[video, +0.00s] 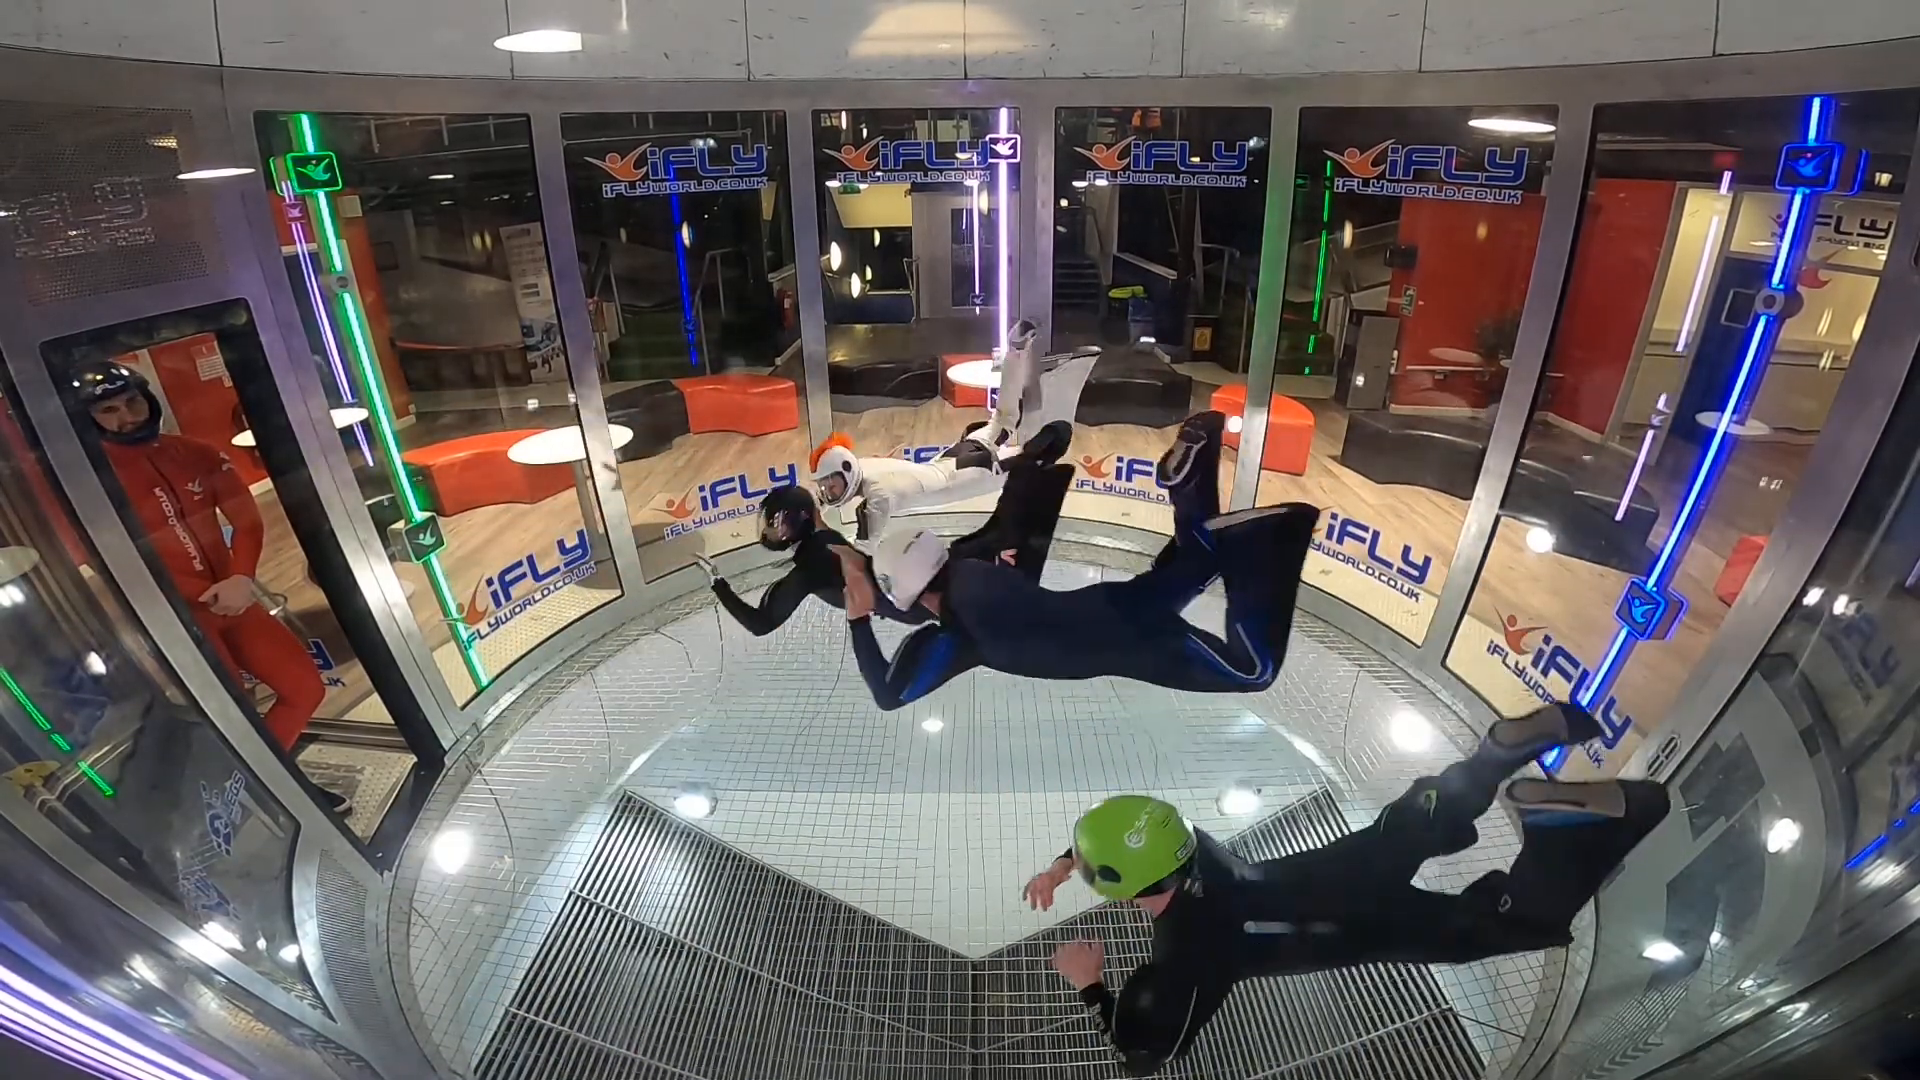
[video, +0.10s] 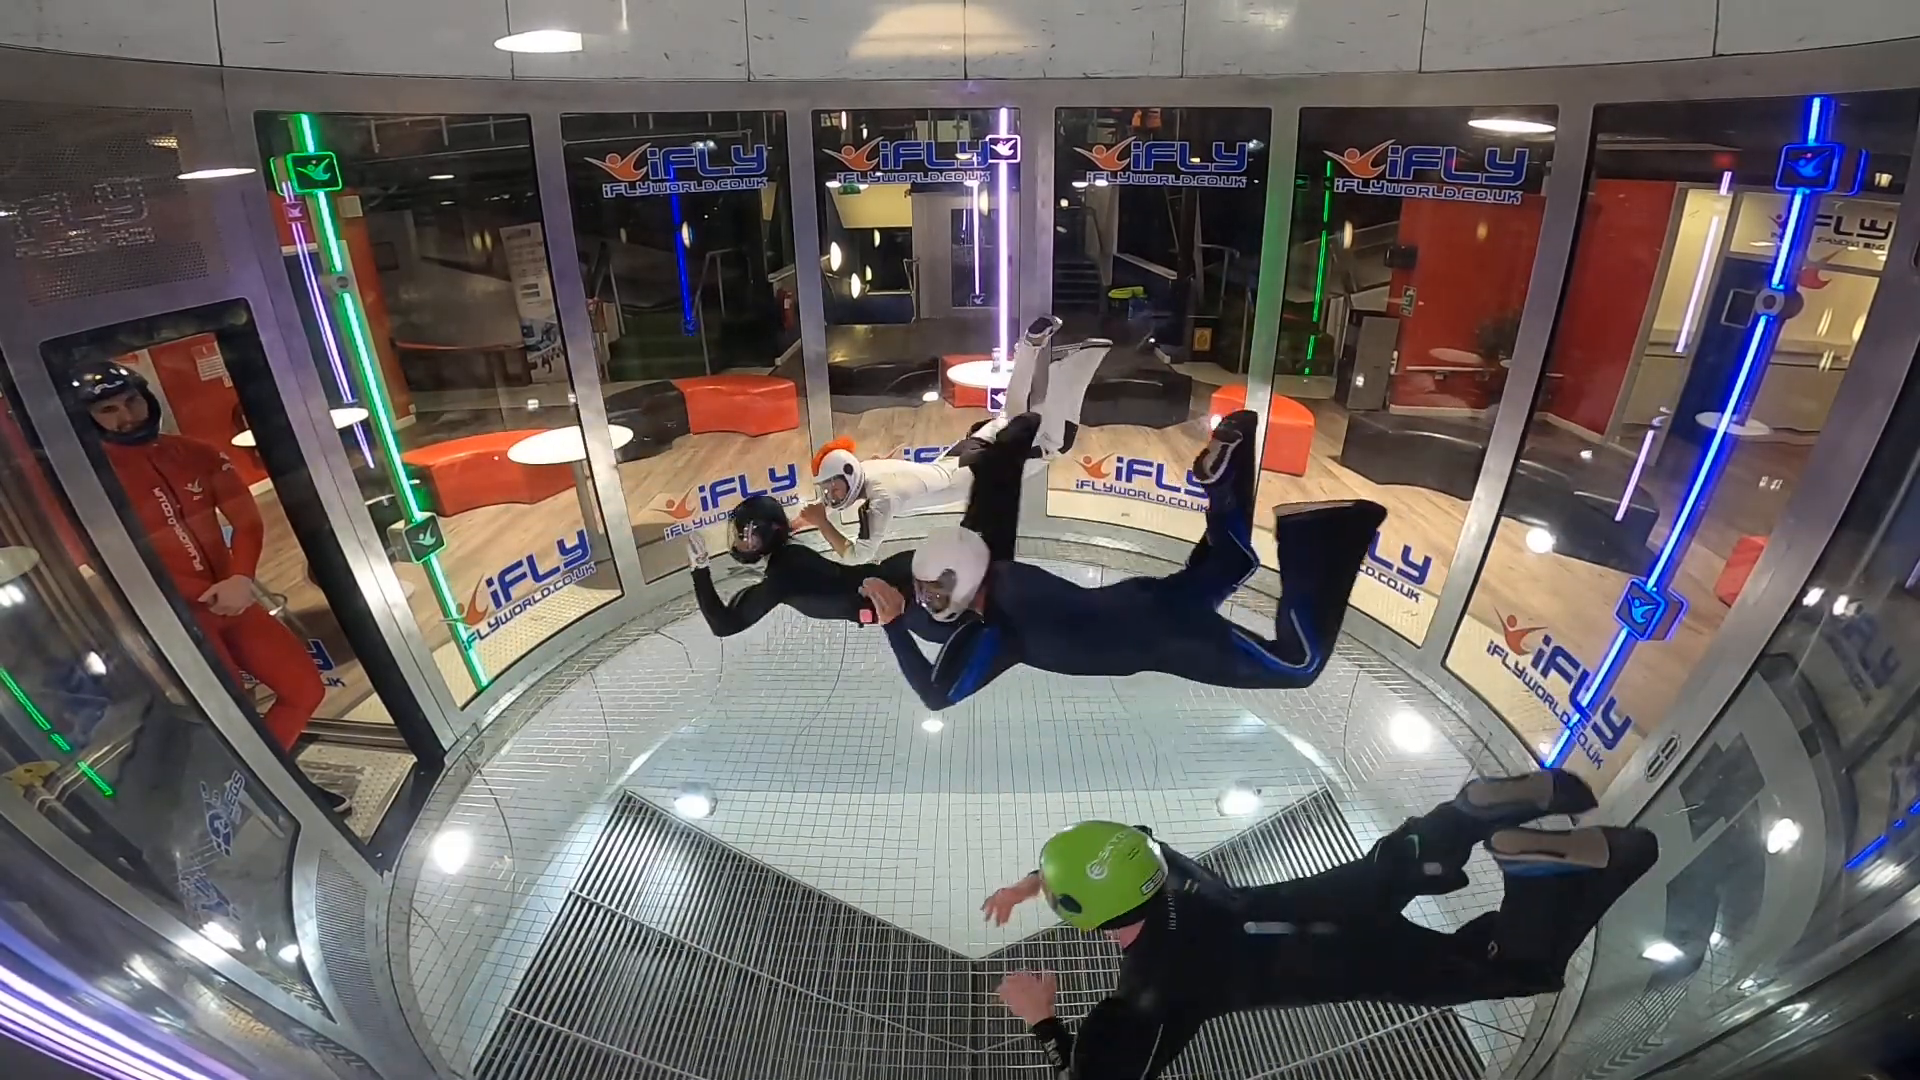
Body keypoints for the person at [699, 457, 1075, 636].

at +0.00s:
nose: (771, 527)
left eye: (777, 520)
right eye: (770, 520)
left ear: (800, 519)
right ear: (807, 517)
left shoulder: (807, 567)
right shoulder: (828, 536)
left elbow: (760, 624)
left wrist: (722, 591)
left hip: (923, 596)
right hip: (928, 563)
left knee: (1009, 540)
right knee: (998, 533)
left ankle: (1028, 469)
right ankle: (1030, 464)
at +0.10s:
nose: (740, 539)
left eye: (747, 532)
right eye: (739, 531)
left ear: (767, 534)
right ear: (771, 532)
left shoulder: (782, 573)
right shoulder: (785, 554)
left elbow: (724, 623)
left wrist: (698, 566)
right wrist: (694, 525)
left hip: (897, 586)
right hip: (894, 574)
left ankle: (1000, 456)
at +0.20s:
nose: (709, 546)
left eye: (715, 538)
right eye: (708, 538)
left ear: (737, 539)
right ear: (736, 536)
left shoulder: (748, 579)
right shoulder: (756, 559)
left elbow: (690, 629)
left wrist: (663, 574)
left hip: (866, 594)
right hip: (862, 574)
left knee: (960, 555)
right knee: (943, 535)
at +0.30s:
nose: (669, 548)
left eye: (676, 541)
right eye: (671, 539)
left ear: (695, 546)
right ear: (705, 538)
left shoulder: (711, 584)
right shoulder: (725, 557)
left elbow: (654, 635)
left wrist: (608, 591)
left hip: (845, 592)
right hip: (837, 573)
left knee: (933, 571)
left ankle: (930, 442)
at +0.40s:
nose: (631, 546)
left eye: (640, 539)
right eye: (631, 537)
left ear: (661, 539)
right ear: (669, 534)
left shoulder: (675, 585)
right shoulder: (692, 544)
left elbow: (624, 641)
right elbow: (690, 528)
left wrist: (568, 605)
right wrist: (657, 511)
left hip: (805, 596)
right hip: (802, 568)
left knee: (900, 608)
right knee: (870, 537)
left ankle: (906, 467)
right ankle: (870, 444)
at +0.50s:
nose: (584, 538)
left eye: (590, 532)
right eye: (585, 529)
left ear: (613, 534)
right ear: (625, 521)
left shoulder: (631, 578)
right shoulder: (655, 521)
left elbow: (592, 644)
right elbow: (666, 492)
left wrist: (517, 622)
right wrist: (620, 466)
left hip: (764, 598)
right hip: (769, 558)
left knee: (859, 645)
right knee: (860, 522)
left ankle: (847, 558)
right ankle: (812, 456)